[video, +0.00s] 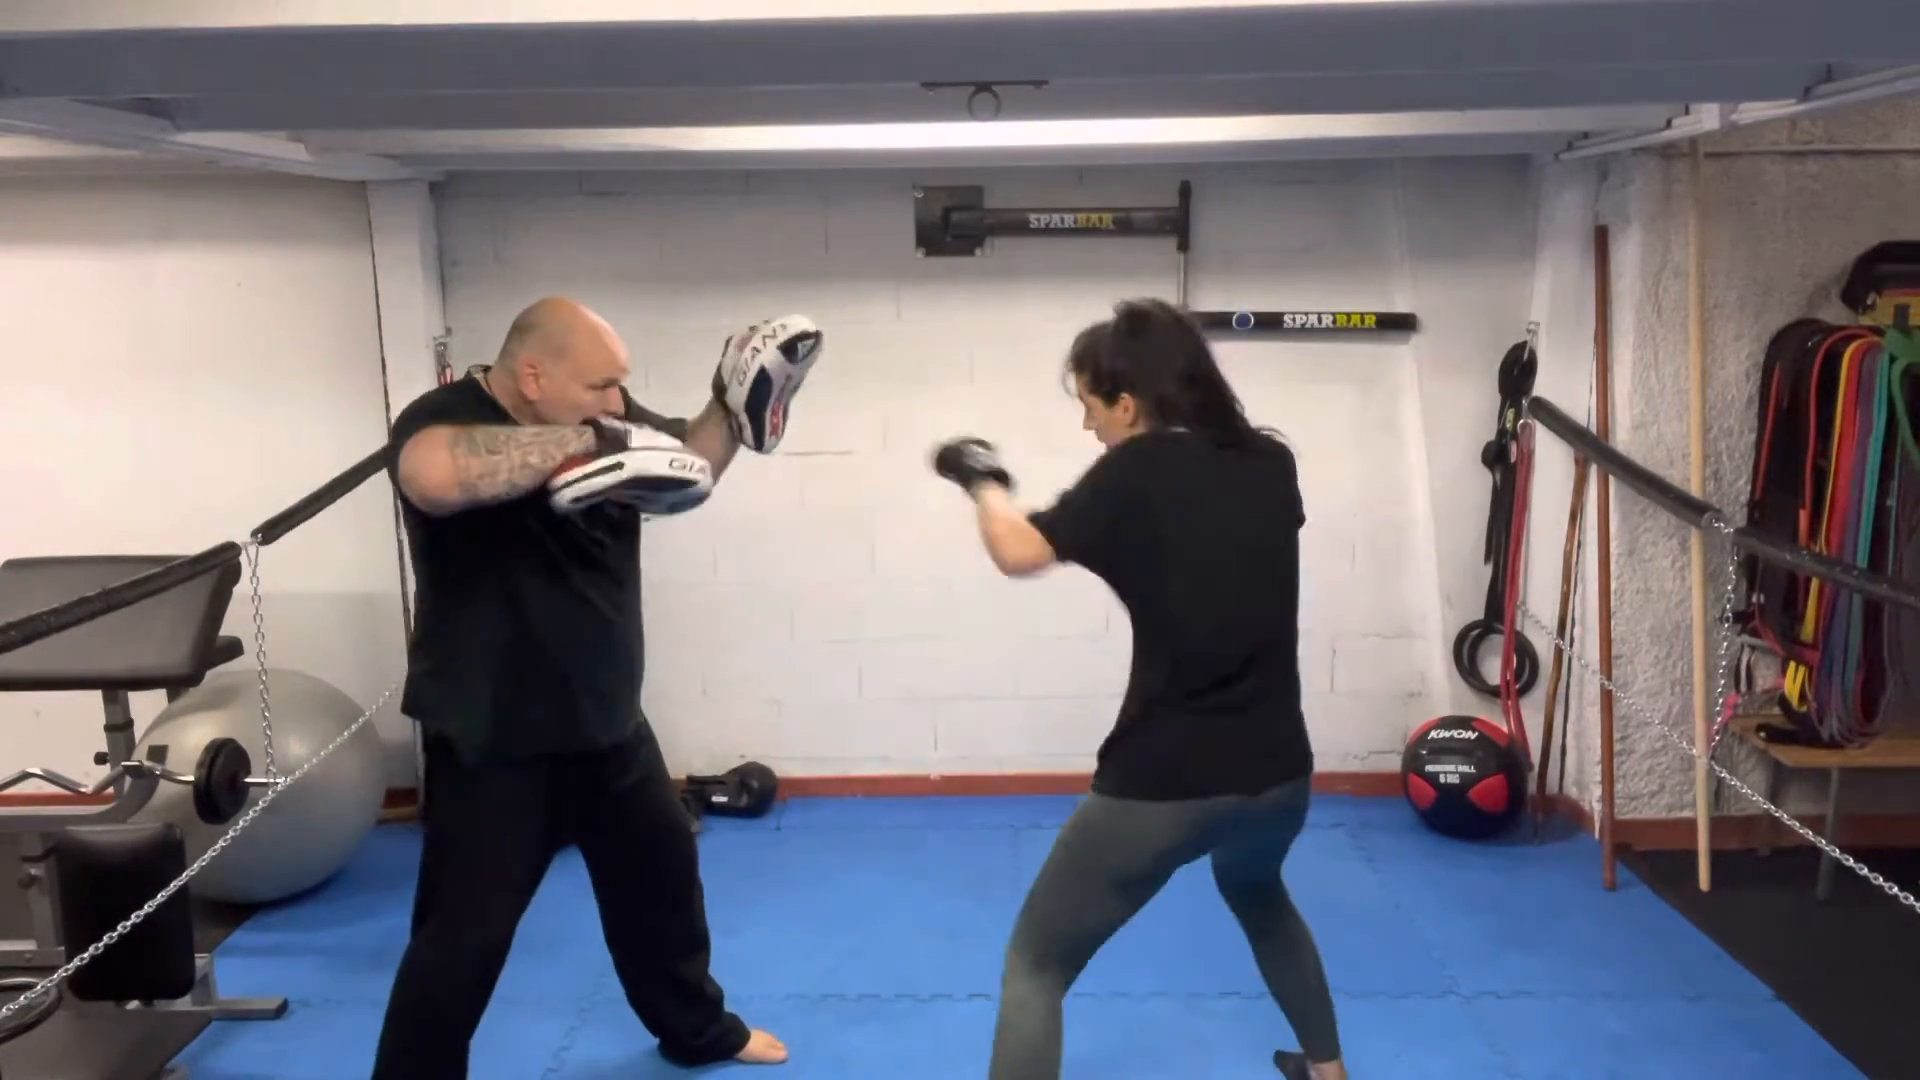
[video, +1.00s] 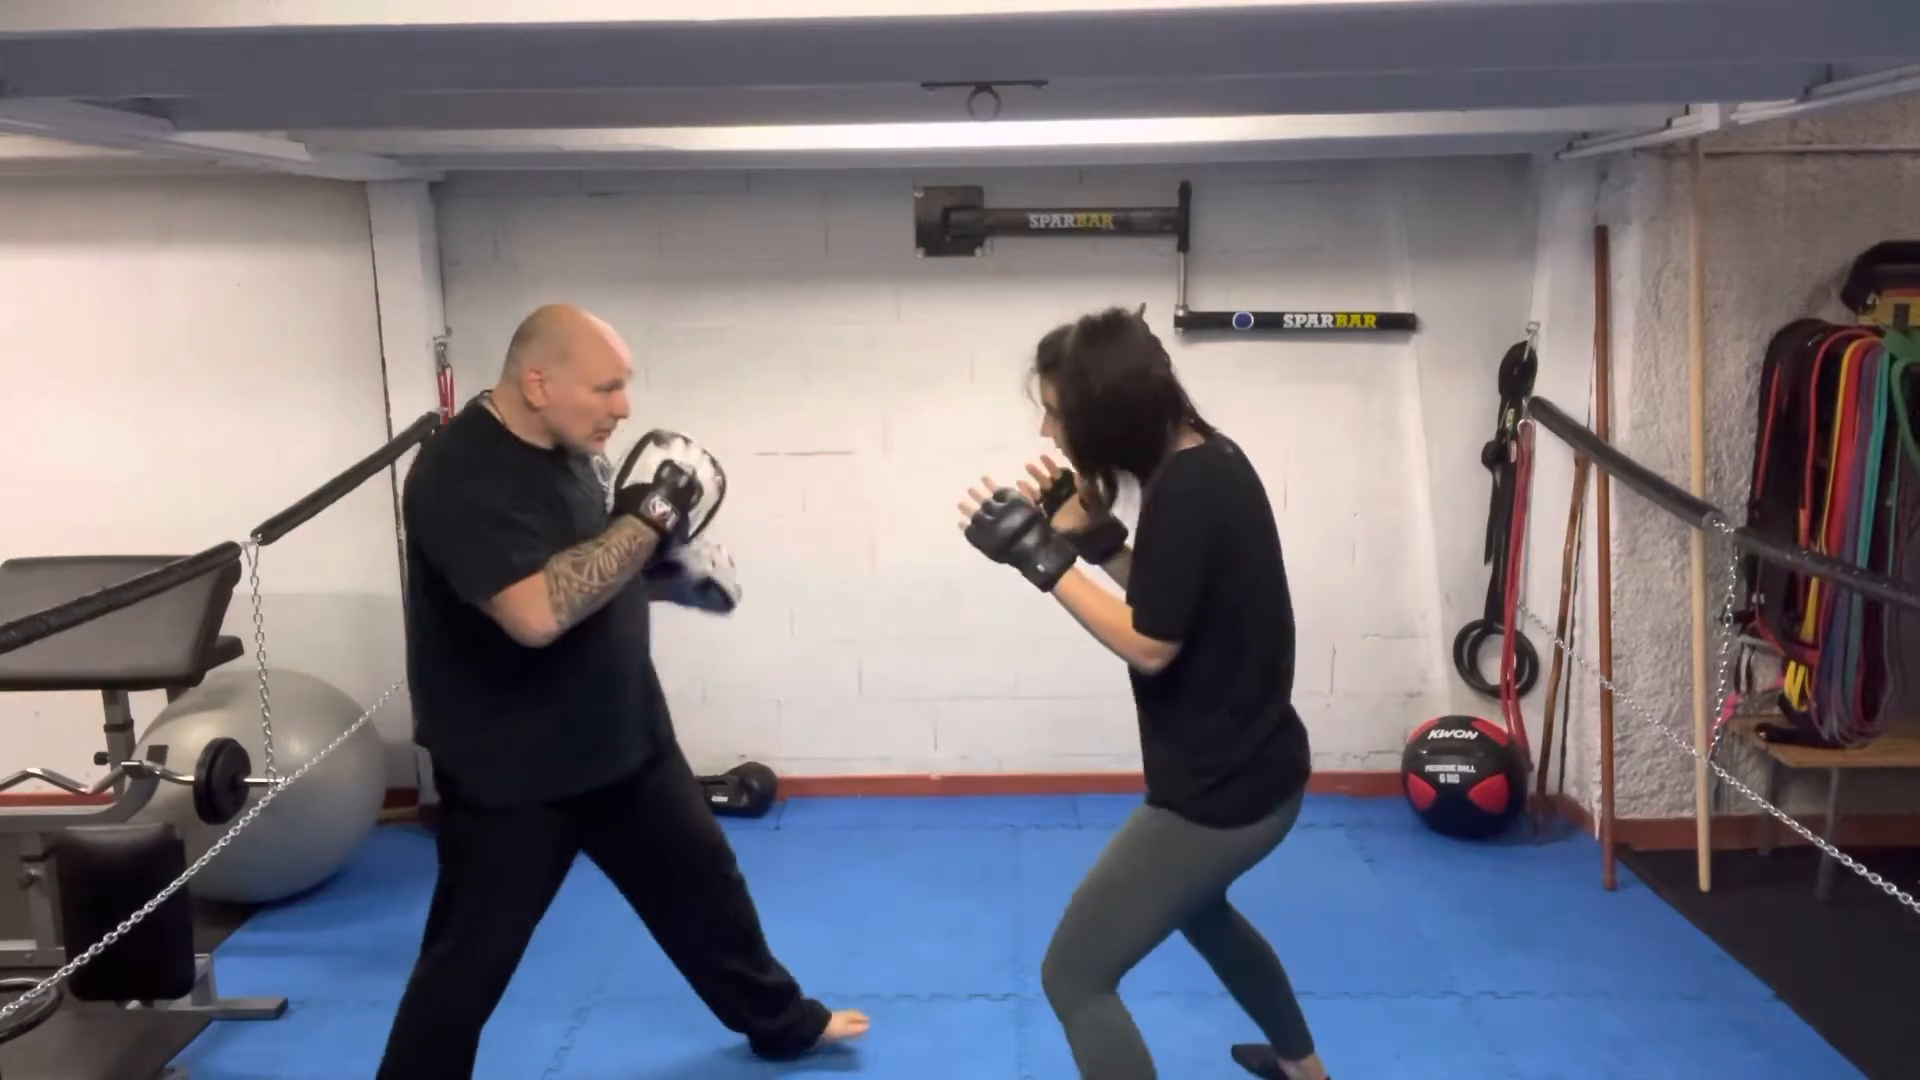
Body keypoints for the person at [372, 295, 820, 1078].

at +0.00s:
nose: (616, 404)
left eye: (618, 387)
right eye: (600, 386)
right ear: (531, 375)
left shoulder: (606, 424)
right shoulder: (446, 417)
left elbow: (684, 467)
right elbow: (432, 479)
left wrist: (737, 401)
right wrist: (588, 446)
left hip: (605, 727)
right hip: (486, 743)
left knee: (661, 876)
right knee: (458, 948)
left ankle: (696, 1031)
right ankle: (413, 1073)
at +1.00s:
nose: (622, 407)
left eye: (624, 388)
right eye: (606, 388)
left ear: (545, 387)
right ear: (536, 384)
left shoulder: (558, 453)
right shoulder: (456, 473)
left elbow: (569, 565)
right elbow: (533, 612)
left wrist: (661, 575)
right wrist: (644, 526)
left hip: (617, 748)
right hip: (508, 775)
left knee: (703, 887)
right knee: (464, 970)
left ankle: (780, 1022)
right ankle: (412, 1074)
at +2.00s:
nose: (795, 381)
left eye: (797, 365)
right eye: (782, 364)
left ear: (728, 355)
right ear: (717, 356)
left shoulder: (759, 450)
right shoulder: (685, 412)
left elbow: (834, 522)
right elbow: (859, 406)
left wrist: (928, 485)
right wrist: (967, 342)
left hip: (728, 709)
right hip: (637, 711)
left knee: (789, 840)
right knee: (576, 913)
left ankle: (796, 1022)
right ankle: (450, 1070)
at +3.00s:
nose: (835, 339)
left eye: (838, 324)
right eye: (820, 321)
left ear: (763, 320)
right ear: (758, 314)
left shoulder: (775, 390)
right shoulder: (754, 389)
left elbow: (906, 465)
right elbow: (894, 446)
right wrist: (1022, 379)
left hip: (784, 661)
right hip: (775, 664)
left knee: (829, 839)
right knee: (878, 828)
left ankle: (804, 1014)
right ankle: (736, 1042)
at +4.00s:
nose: (678, 380)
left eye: (680, 360)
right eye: (663, 361)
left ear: (605, 356)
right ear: (594, 353)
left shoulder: (654, 433)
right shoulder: (497, 462)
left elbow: (681, 532)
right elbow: (436, 614)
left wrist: (775, 551)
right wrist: (564, 695)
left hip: (680, 743)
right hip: (570, 762)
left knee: (717, 881)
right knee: (550, 959)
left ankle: (716, 1021)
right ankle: (526, 1070)